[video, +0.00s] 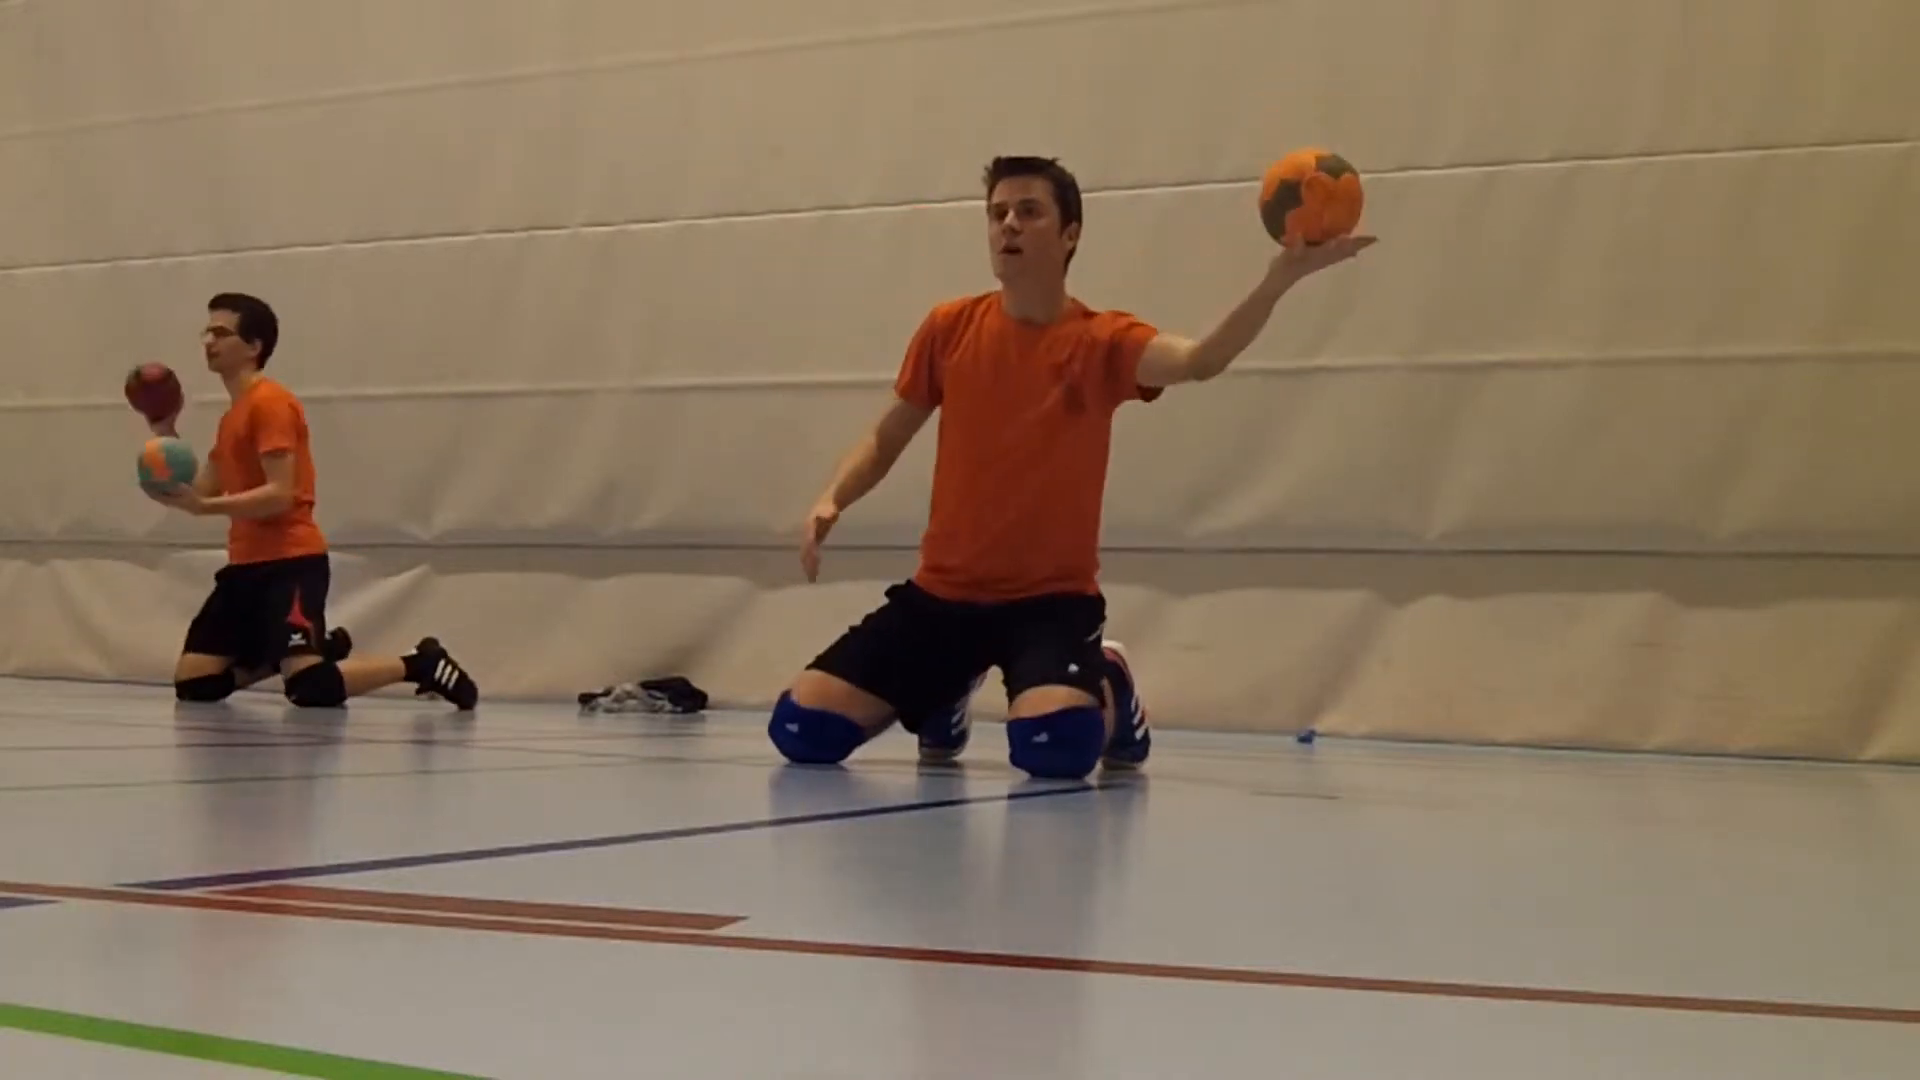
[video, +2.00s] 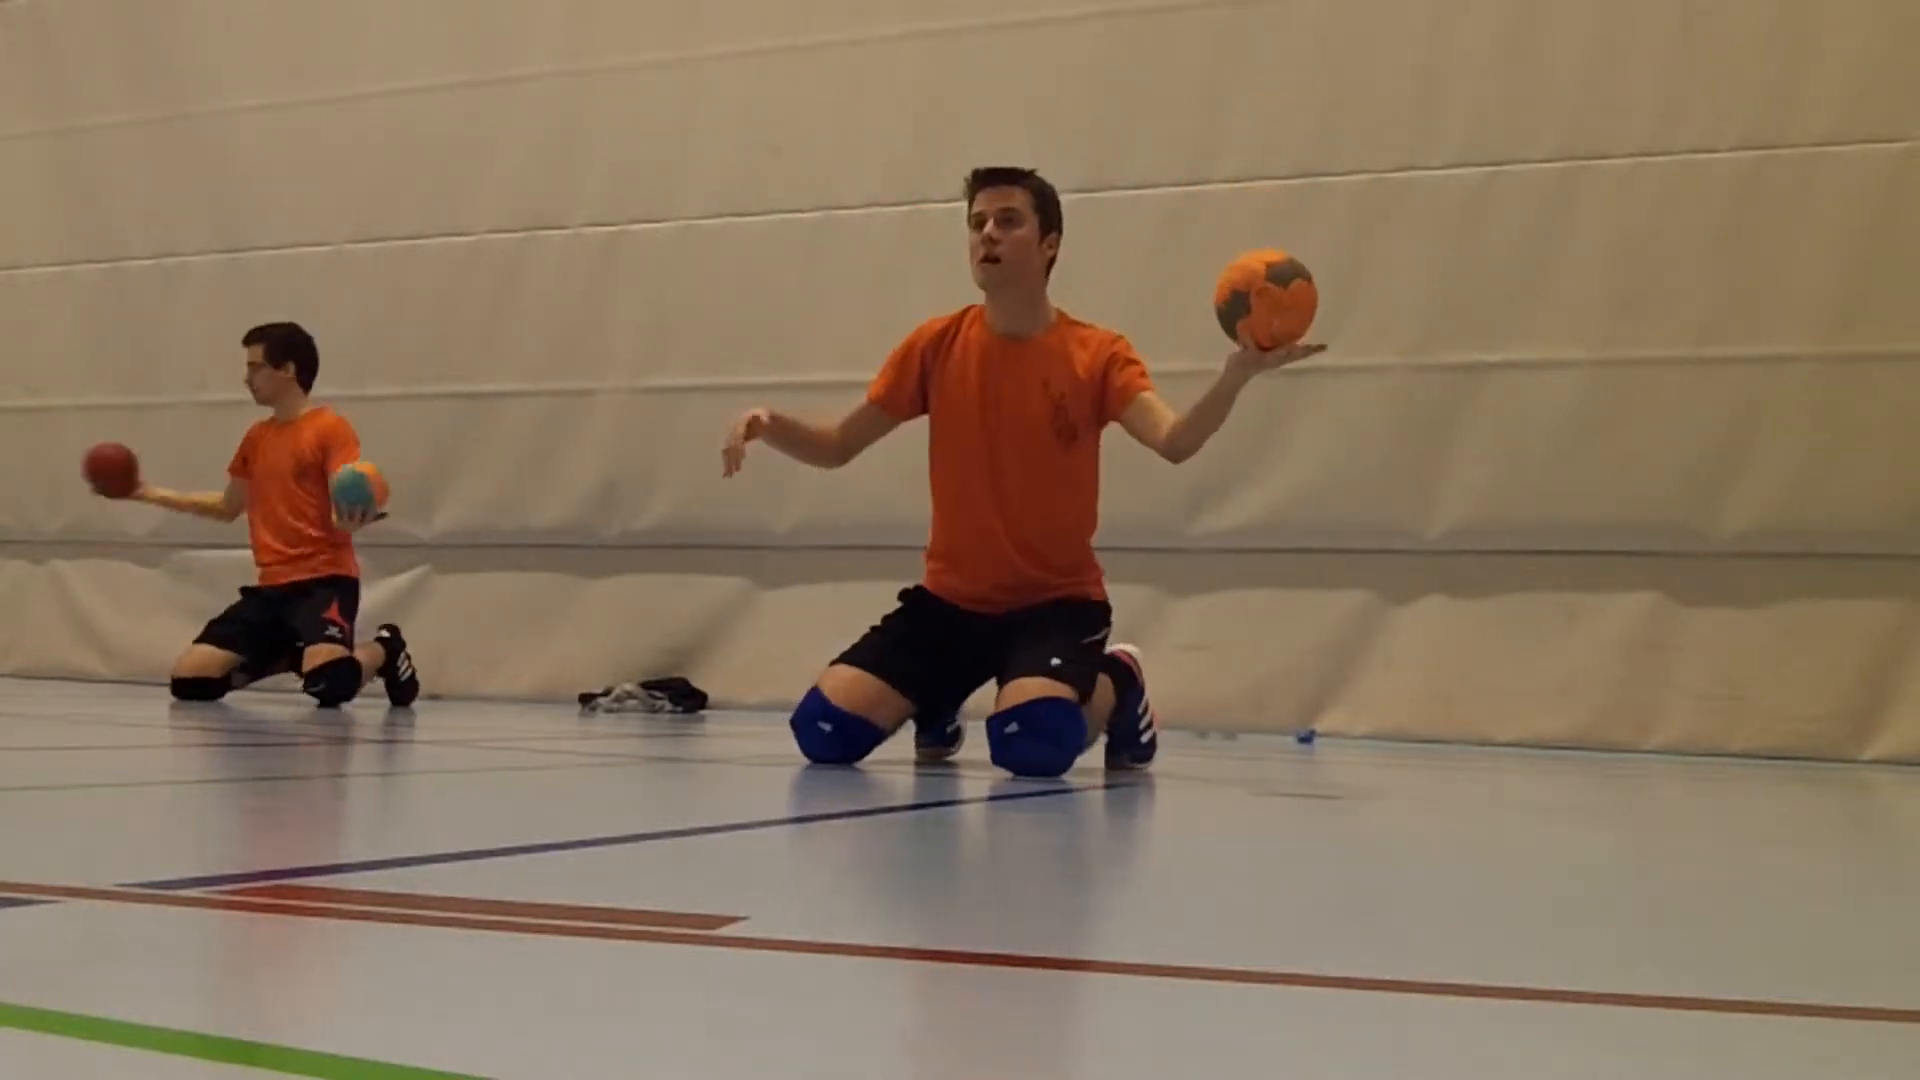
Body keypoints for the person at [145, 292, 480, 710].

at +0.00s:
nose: (207, 342)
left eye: (220, 333)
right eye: (207, 333)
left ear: (254, 346)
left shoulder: (270, 401)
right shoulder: (233, 417)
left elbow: (281, 494)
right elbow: (204, 491)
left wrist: (203, 506)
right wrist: (166, 437)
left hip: (292, 564)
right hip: (244, 570)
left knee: (309, 687)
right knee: (196, 686)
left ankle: (421, 666)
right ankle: (314, 651)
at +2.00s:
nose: (246, 377)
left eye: (255, 367)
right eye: (247, 367)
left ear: (289, 371)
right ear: (276, 372)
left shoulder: (329, 428)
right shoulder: (258, 437)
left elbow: (346, 515)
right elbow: (226, 508)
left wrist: (355, 512)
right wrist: (144, 492)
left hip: (325, 585)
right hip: (270, 590)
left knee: (328, 685)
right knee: (188, 683)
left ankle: (386, 649)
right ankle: (298, 657)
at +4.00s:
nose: (222, 351)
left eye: (234, 340)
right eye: (219, 341)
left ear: (270, 350)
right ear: (215, 347)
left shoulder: (309, 410)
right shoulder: (235, 421)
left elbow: (338, 494)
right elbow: (232, 522)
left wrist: (332, 511)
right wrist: (200, 598)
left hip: (312, 571)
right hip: (256, 576)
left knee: (307, 688)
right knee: (195, 684)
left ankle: (396, 656)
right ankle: (300, 653)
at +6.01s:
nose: (279, 345)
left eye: (291, 336)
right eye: (277, 336)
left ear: (325, 348)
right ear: (275, 343)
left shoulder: (351, 412)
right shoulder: (271, 415)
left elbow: (380, 493)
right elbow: (193, 450)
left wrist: (352, 514)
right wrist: (172, 370)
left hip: (336, 576)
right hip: (280, 573)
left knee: (323, 691)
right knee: (221, 686)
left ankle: (382, 660)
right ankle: (319, 647)